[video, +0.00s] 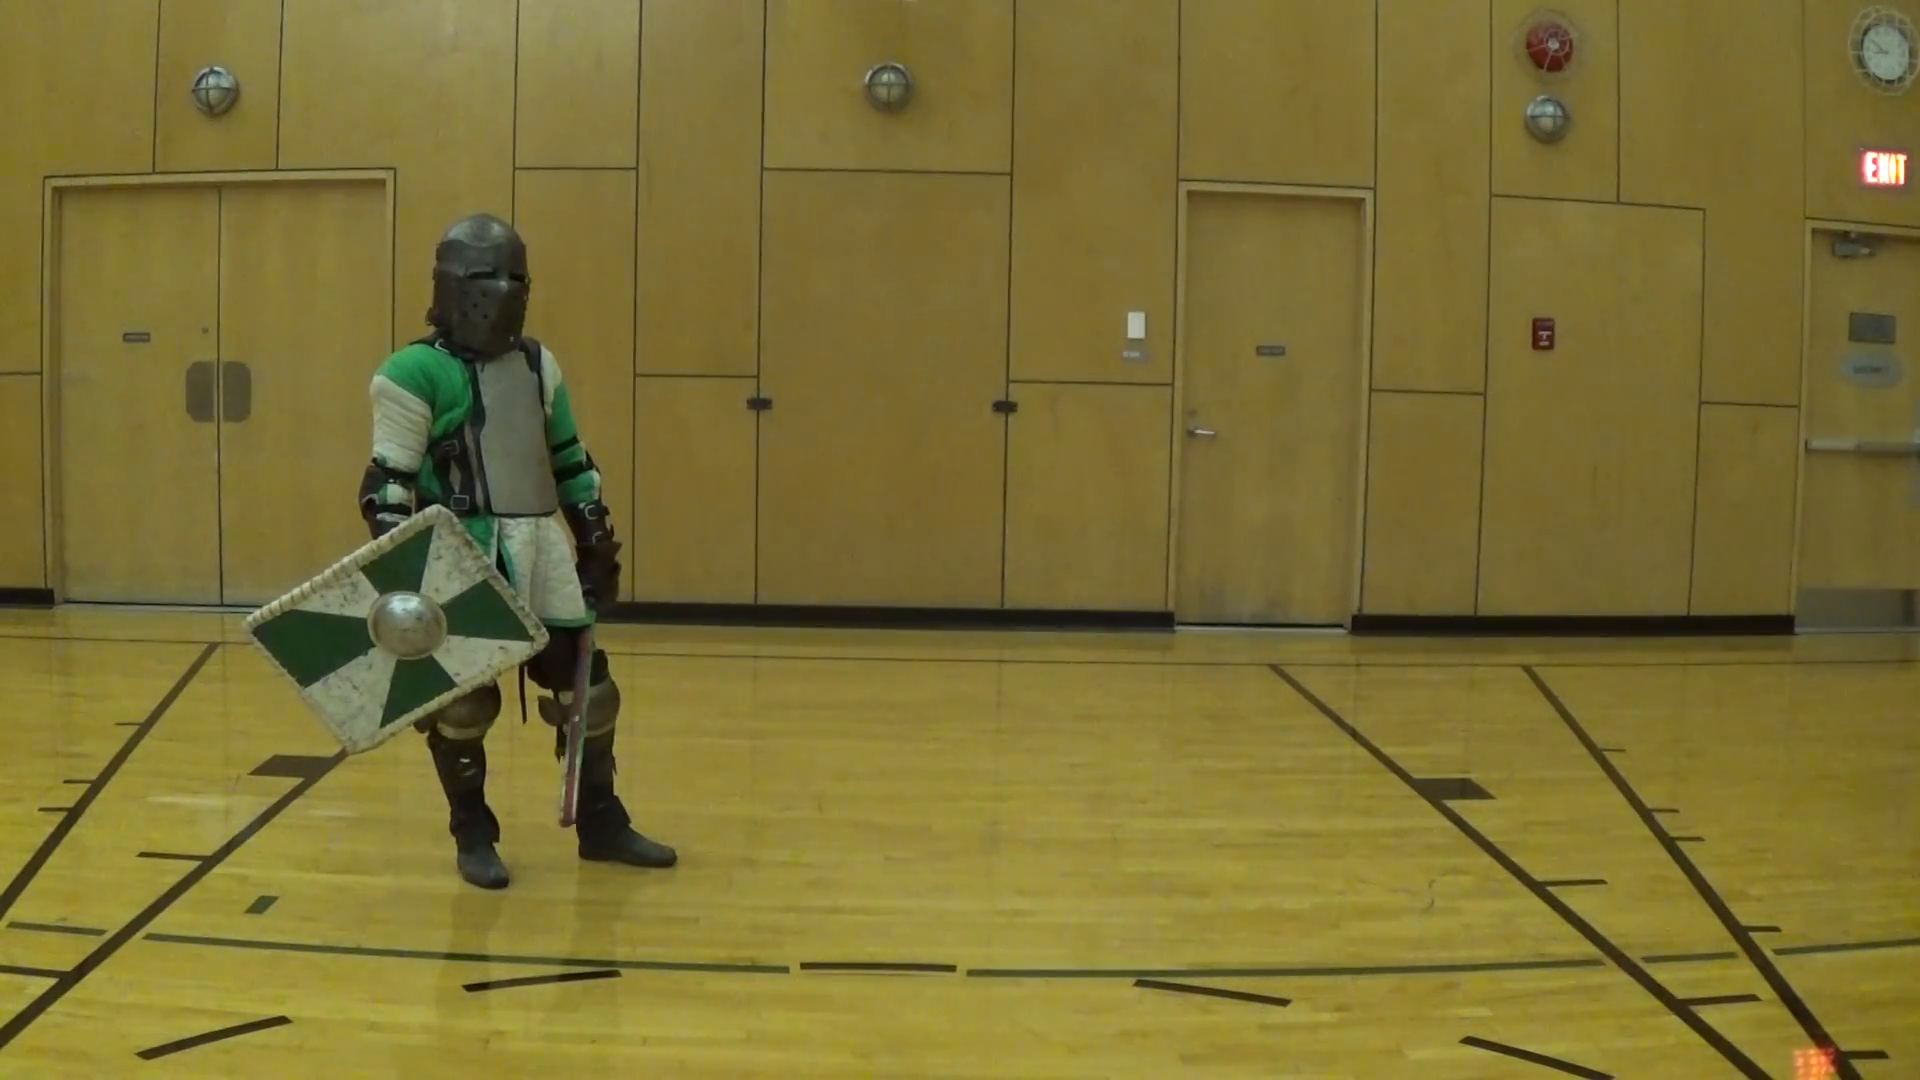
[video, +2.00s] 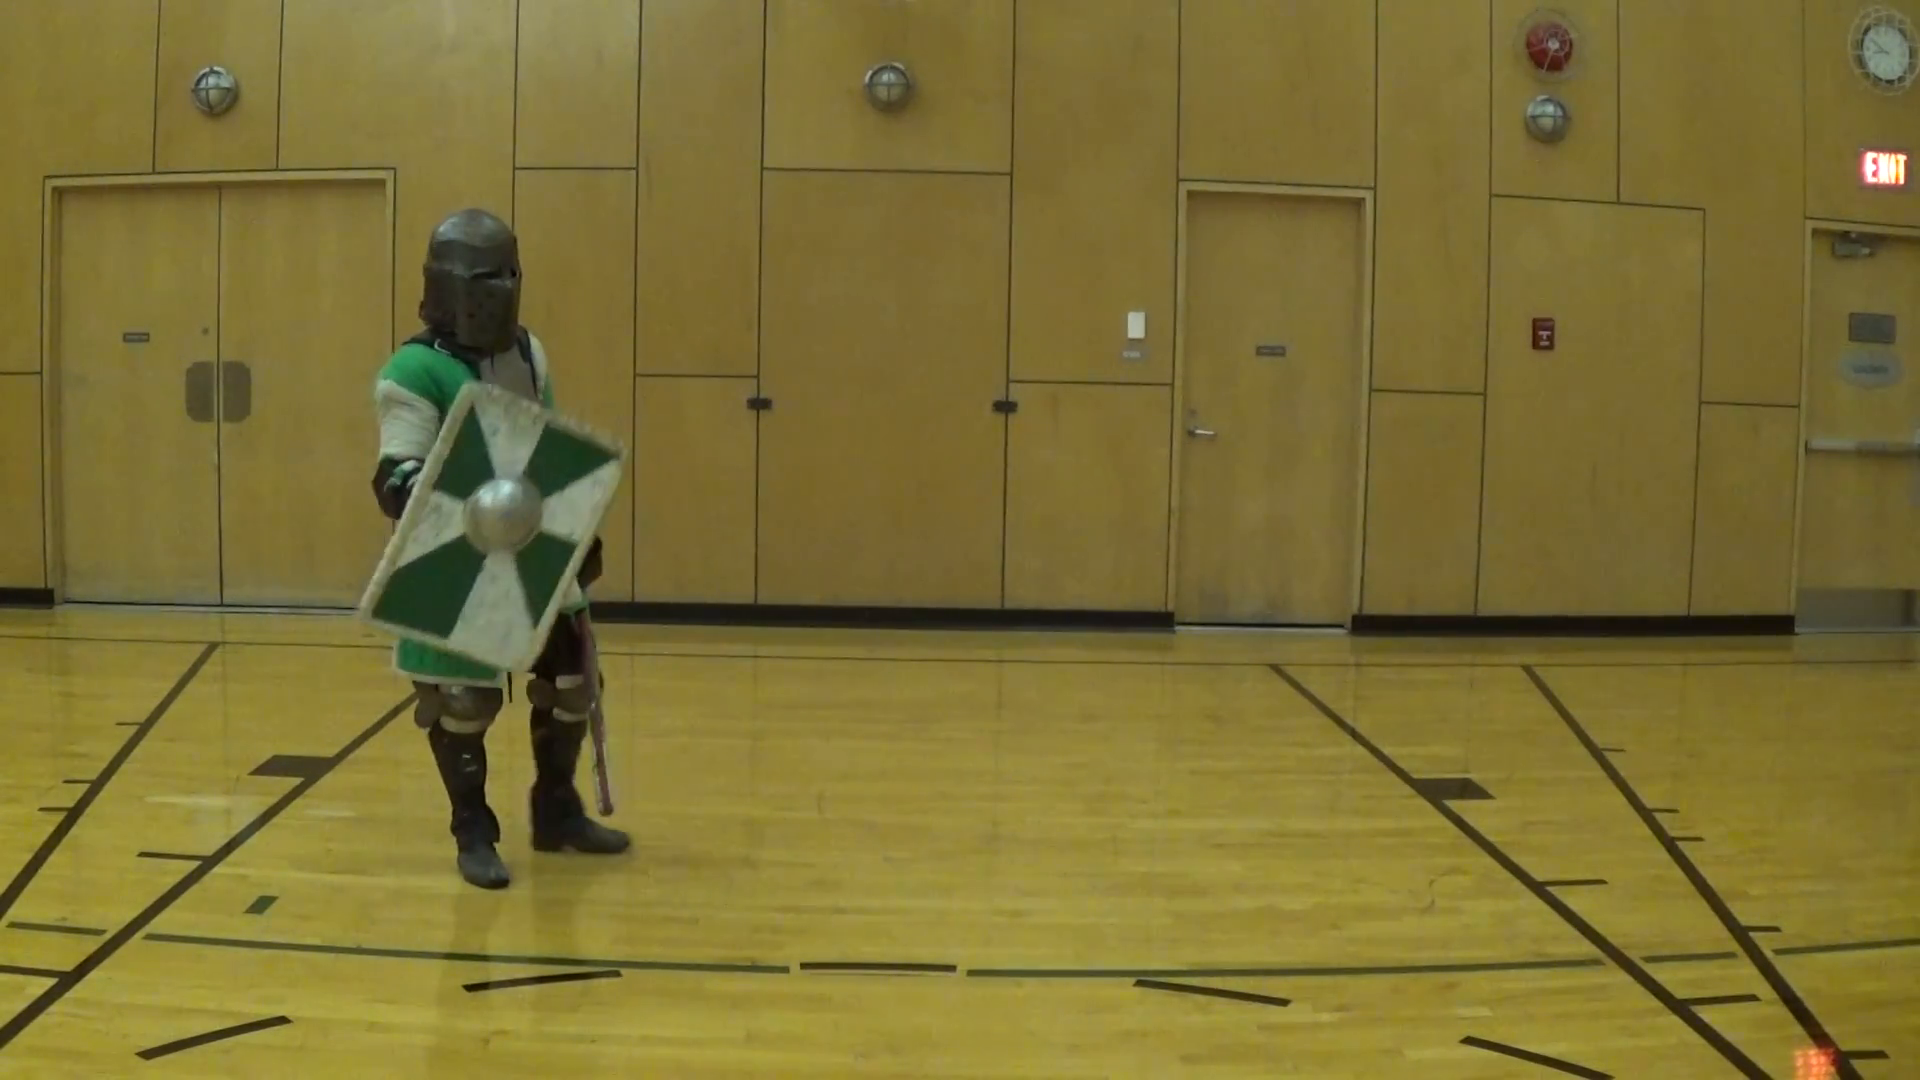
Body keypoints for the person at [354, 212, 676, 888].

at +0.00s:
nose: (493, 293)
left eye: (506, 279)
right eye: (477, 278)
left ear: (523, 288)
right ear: (445, 285)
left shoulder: (539, 366)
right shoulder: (413, 374)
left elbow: (571, 464)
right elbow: (388, 489)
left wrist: (597, 540)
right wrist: (412, 577)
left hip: (544, 544)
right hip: (457, 555)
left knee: (585, 682)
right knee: (464, 698)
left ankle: (601, 822)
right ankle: (473, 834)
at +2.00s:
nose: (491, 291)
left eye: (503, 276)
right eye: (472, 278)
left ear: (518, 282)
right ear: (435, 284)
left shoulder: (529, 357)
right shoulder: (415, 371)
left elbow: (549, 458)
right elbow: (397, 480)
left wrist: (579, 541)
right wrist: (468, 511)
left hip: (532, 555)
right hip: (449, 566)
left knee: (568, 670)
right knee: (462, 689)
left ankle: (556, 808)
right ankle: (474, 831)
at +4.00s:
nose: (502, 296)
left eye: (499, 282)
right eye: (492, 283)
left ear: (435, 292)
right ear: (458, 291)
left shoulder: (456, 365)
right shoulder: (430, 373)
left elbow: (461, 465)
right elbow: (417, 484)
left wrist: (517, 474)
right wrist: (509, 496)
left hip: (440, 544)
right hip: (450, 548)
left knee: (421, 672)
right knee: (500, 684)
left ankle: (395, 795)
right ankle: (498, 833)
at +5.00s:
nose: (498, 288)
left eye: (496, 276)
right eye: (484, 278)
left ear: (442, 294)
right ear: (448, 290)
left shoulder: (471, 361)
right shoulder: (433, 372)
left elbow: (506, 433)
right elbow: (466, 476)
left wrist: (551, 388)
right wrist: (549, 451)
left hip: (481, 530)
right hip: (465, 535)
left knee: (457, 673)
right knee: (507, 686)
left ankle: (403, 790)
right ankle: (488, 831)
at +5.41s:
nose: (546, 289)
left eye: (543, 276)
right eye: (535, 277)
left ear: (483, 286)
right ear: (504, 286)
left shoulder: (515, 349)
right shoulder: (476, 366)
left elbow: (574, 323)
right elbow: (541, 458)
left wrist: (613, 266)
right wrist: (610, 399)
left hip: (522, 527)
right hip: (500, 532)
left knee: (513, 677)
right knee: (532, 686)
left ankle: (475, 803)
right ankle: (487, 830)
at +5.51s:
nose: (556, 293)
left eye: (556, 280)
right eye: (544, 281)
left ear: (500, 290)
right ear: (507, 288)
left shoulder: (532, 355)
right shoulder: (486, 367)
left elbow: (600, 344)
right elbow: (549, 458)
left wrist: (628, 291)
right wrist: (618, 400)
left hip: (536, 527)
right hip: (508, 532)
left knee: (527, 674)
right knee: (559, 684)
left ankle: (474, 800)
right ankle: (501, 818)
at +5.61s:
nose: (575, 294)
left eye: (572, 281)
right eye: (562, 283)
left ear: (522, 296)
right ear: (523, 294)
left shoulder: (550, 360)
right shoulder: (501, 371)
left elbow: (621, 359)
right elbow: (557, 467)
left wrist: (652, 302)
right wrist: (619, 414)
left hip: (547, 531)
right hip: (517, 536)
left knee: (535, 672)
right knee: (587, 680)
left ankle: (473, 798)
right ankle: (543, 816)